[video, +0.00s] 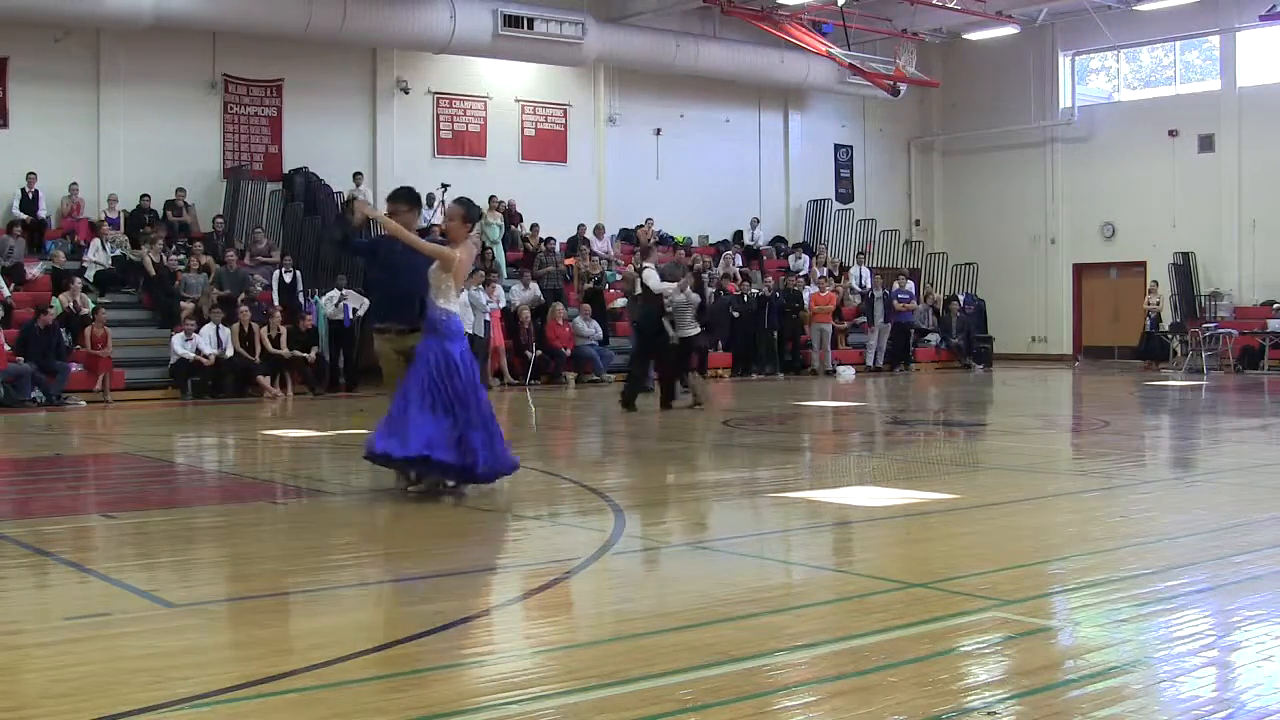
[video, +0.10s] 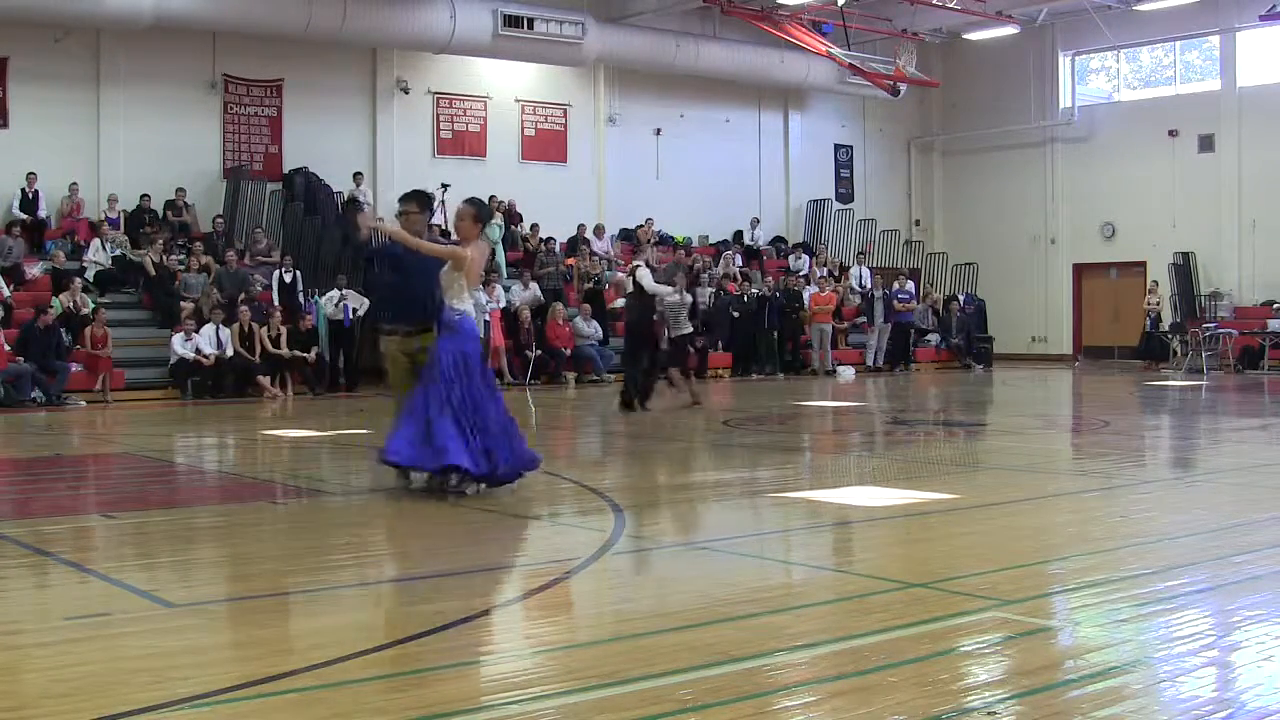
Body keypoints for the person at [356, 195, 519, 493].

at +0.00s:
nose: (444, 224)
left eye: (450, 219)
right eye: (445, 218)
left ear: (465, 225)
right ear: (465, 225)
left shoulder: (451, 255)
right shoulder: (469, 247)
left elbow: (410, 238)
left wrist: (375, 214)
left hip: (442, 333)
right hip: (451, 330)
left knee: (427, 396)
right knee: (451, 398)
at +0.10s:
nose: (456, 224)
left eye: (461, 219)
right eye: (457, 218)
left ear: (476, 225)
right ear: (476, 225)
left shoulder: (463, 254)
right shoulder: (481, 248)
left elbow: (418, 245)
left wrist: (384, 226)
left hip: (456, 330)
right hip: (467, 329)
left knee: (441, 395)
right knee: (463, 396)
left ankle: (457, 463)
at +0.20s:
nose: (464, 225)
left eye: (469, 220)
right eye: (465, 219)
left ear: (485, 226)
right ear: (484, 226)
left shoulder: (473, 255)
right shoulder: (491, 251)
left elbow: (427, 259)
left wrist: (391, 245)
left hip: (468, 329)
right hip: (481, 326)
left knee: (460, 395)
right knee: (472, 394)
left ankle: (472, 464)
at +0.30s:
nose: (472, 227)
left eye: (477, 222)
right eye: (473, 221)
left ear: (493, 227)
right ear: (493, 227)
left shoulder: (485, 259)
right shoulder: (500, 253)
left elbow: (441, 283)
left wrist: (408, 266)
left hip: (478, 332)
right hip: (489, 329)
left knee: (463, 396)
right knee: (484, 396)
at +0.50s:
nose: (481, 236)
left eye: (486, 230)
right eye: (481, 230)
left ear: (503, 234)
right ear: (501, 235)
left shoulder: (502, 268)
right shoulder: (504, 262)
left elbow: (464, 299)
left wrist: (432, 271)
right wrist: (477, 280)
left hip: (495, 343)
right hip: (499, 340)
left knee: (451, 397)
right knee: (495, 402)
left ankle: (474, 464)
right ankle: (510, 466)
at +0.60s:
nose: (483, 235)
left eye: (489, 230)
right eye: (483, 230)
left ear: (506, 234)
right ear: (498, 235)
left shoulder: (505, 266)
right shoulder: (498, 261)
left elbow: (462, 267)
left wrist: (427, 244)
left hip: (496, 339)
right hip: (495, 337)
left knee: (453, 397)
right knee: (498, 403)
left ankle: (478, 465)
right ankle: (509, 468)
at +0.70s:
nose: (486, 228)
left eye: (492, 224)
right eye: (487, 223)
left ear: (509, 227)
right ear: (501, 228)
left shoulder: (502, 258)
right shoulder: (505, 253)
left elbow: (461, 244)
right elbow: (463, 246)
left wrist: (424, 222)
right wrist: (424, 224)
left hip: (492, 329)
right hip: (495, 327)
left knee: (463, 392)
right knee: (498, 395)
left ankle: (483, 466)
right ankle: (513, 460)